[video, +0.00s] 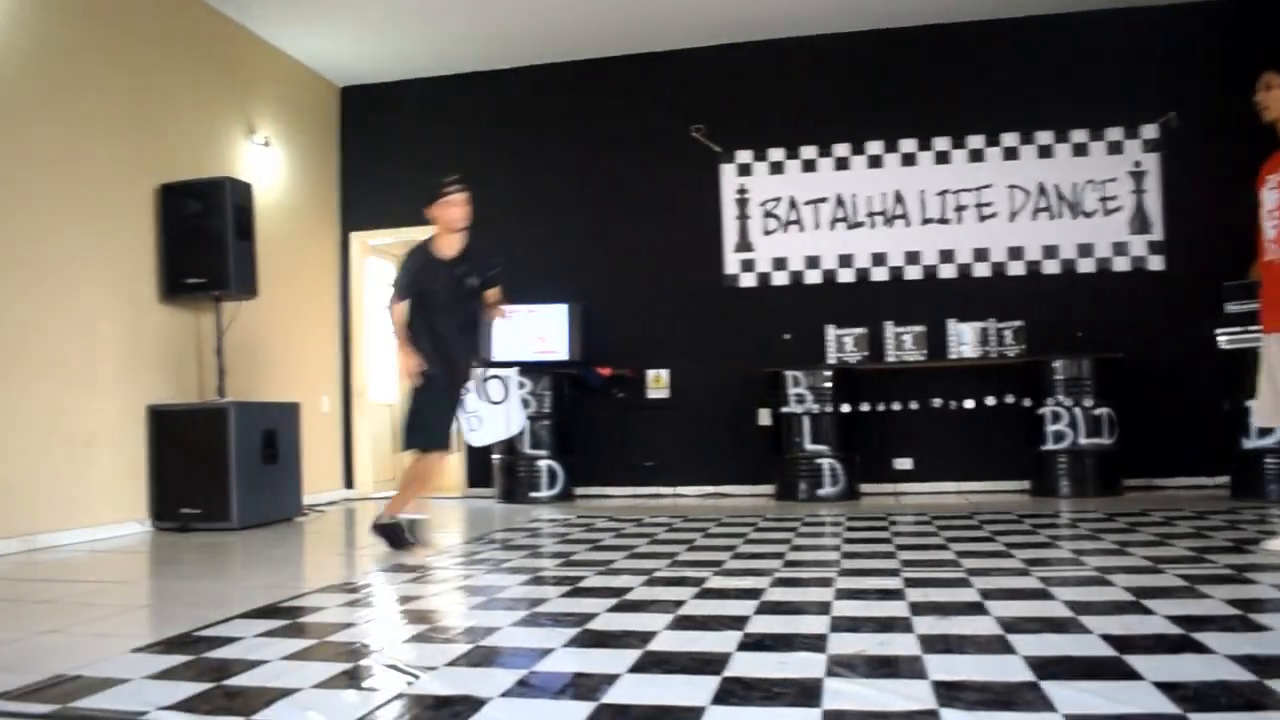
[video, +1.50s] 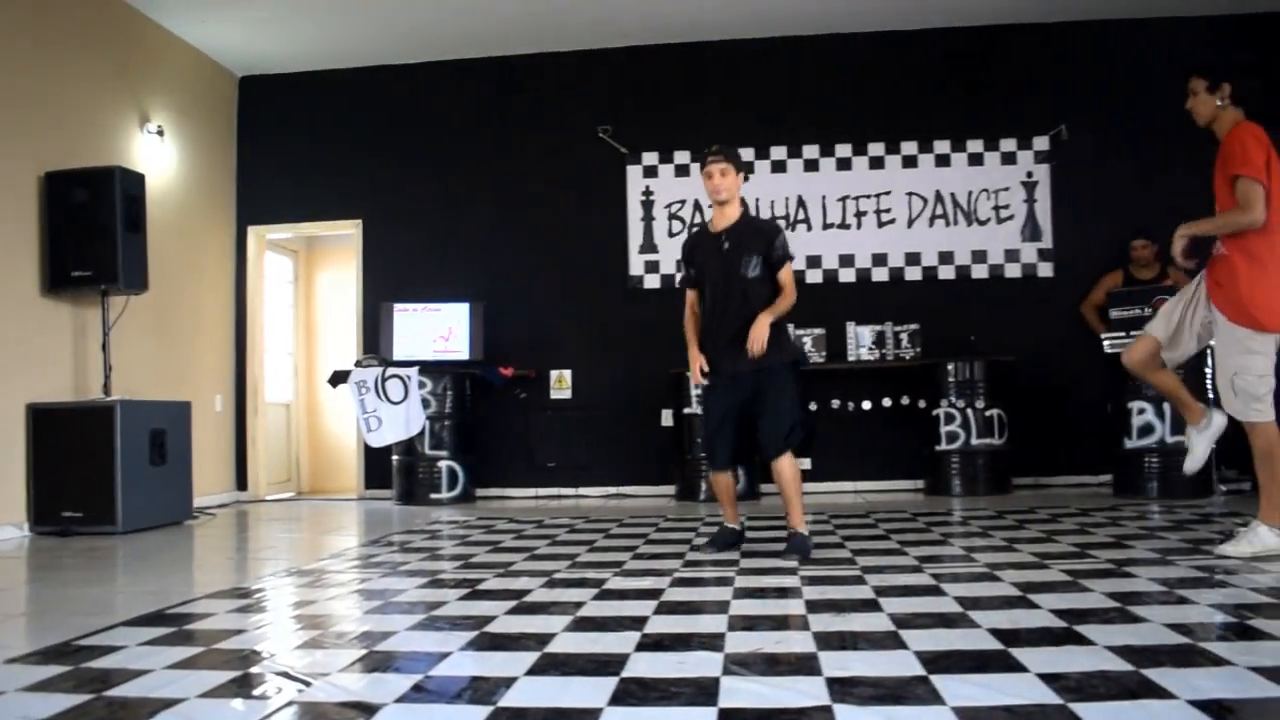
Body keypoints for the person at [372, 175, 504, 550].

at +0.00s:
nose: (461, 211)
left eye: (464, 203)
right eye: (451, 204)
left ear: (471, 209)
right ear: (433, 213)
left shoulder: (479, 256)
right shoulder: (418, 258)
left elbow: (492, 303)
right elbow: (398, 306)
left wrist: (500, 315)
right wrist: (405, 348)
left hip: (460, 357)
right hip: (427, 356)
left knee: (434, 443)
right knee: (431, 443)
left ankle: (392, 515)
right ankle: (397, 514)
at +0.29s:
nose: (606, 204)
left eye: (609, 197)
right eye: (597, 197)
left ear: (610, 202)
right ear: (575, 202)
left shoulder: (602, 254)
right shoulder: (564, 250)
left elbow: (602, 310)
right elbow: (544, 305)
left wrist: (612, 347)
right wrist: (589, 347)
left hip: (599, 361)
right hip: (580, 363)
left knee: (597, 448)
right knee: (609, 445)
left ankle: (546, 502)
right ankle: (587, 526)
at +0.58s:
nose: (708, 195)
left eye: (710, 188)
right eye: (699, 188)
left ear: (708, 192)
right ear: (676, 191)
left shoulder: (702, 240)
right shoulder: (672, 237)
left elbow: (702, 299)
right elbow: (666, 300)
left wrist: (728, 313)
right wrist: (716, 328)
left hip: (724, 353)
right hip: (698, 356)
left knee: (752, 433)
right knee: (700, 440)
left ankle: (763, 523)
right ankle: (627, 498)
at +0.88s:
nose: (772, 178)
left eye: (776, 171)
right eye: (763, 172)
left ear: (781, 174)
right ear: (745, 176)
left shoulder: (796, 218)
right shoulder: (733, 231)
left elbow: (814, 269)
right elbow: (722, 292)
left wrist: (833, 290)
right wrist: (746, 327)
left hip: (813, 335)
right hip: (775, 341)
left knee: (809, 424)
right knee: (812, 422)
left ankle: (777, 507)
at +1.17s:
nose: (755, 168)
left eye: (761, 160)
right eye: (746, 162)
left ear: (772, 165)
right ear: (735, 170)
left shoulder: (799, 211)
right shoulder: (727, 226)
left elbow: (816, 263)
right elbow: (722, 285)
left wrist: (814, 289)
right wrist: (741, 327)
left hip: (809, 334)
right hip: (768, 340)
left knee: (827, 426)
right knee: (791, 430)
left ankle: (815, 497)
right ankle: (812, 517)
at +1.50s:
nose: (716, 182)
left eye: (724, 174)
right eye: (709, 175)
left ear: (740, 179)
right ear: (703, 184)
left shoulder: (766, 232)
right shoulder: (695, 243)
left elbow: (789, 293)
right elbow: (691, 306)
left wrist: (765, 318)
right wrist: (694, 349)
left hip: (768, 359)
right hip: (720, 364)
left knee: (776, 444)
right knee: (717, 450)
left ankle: (798, 529)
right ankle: (731, 526)